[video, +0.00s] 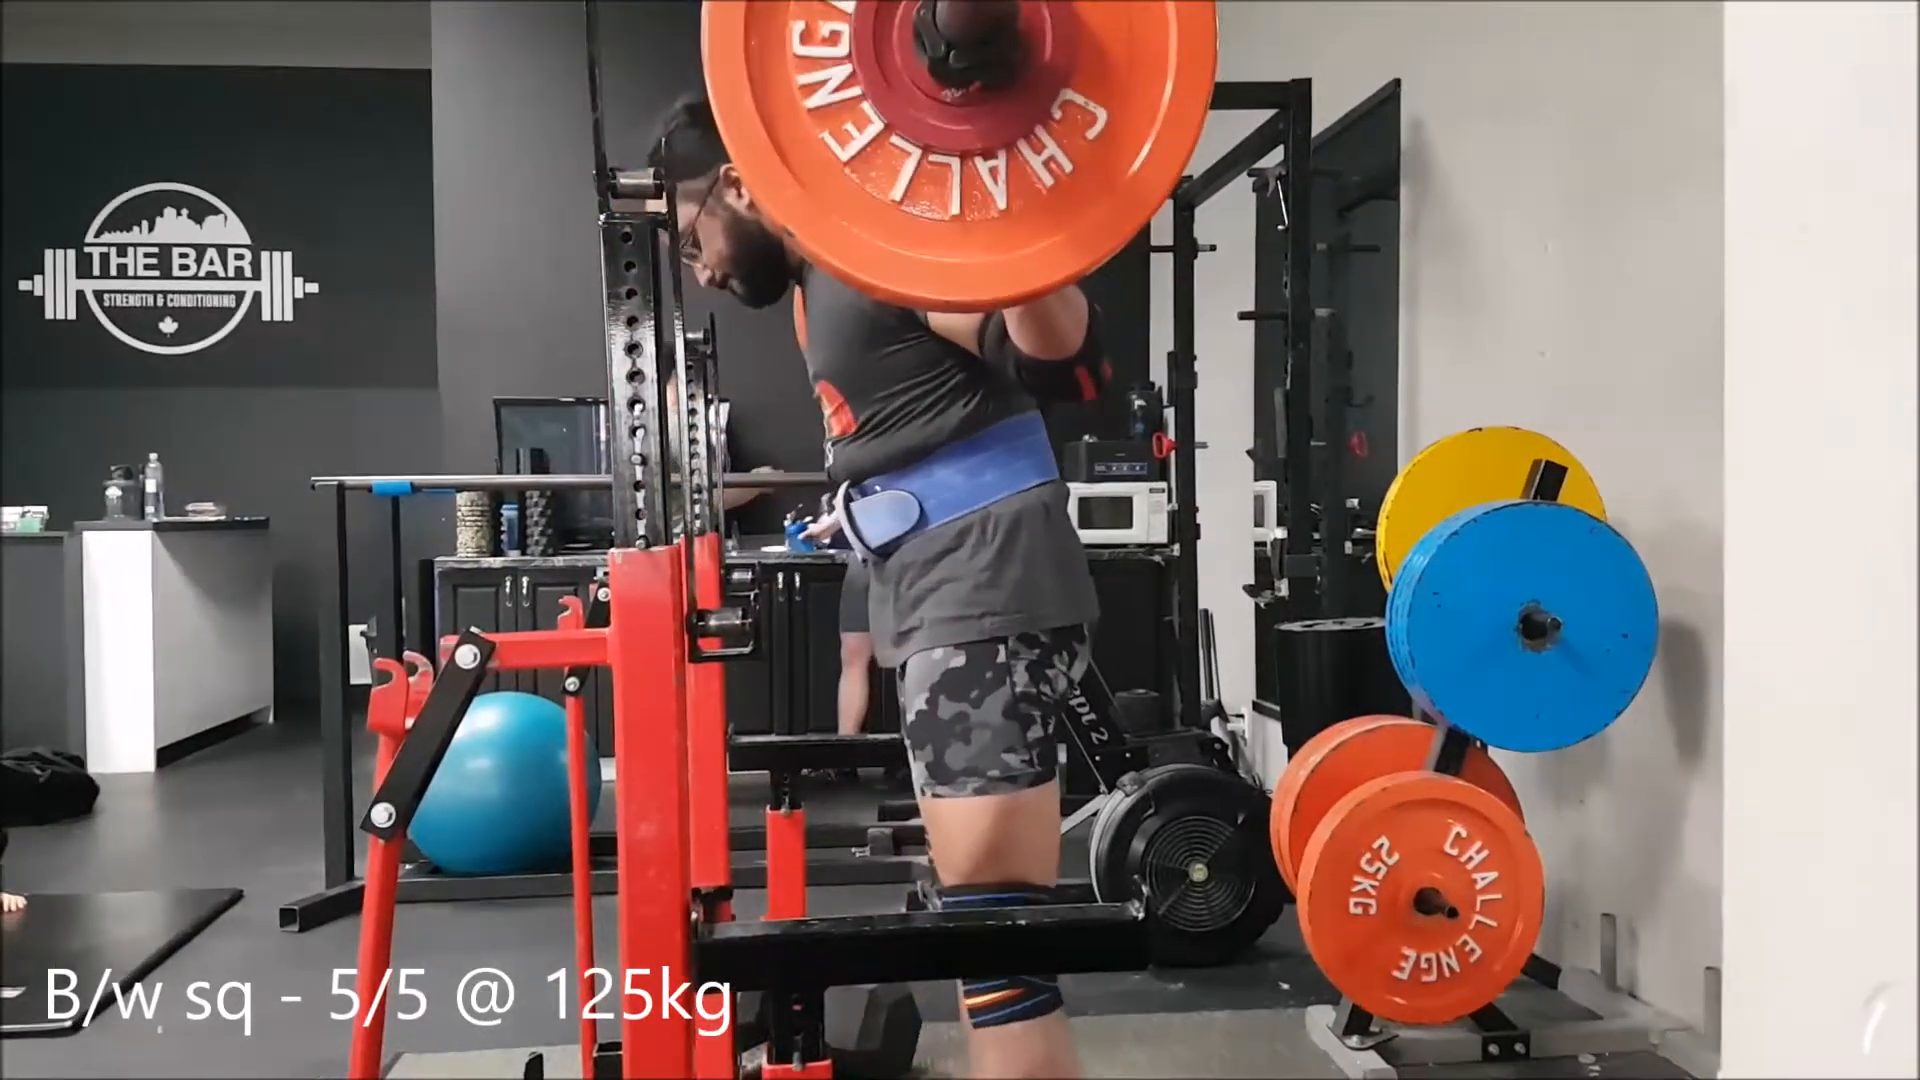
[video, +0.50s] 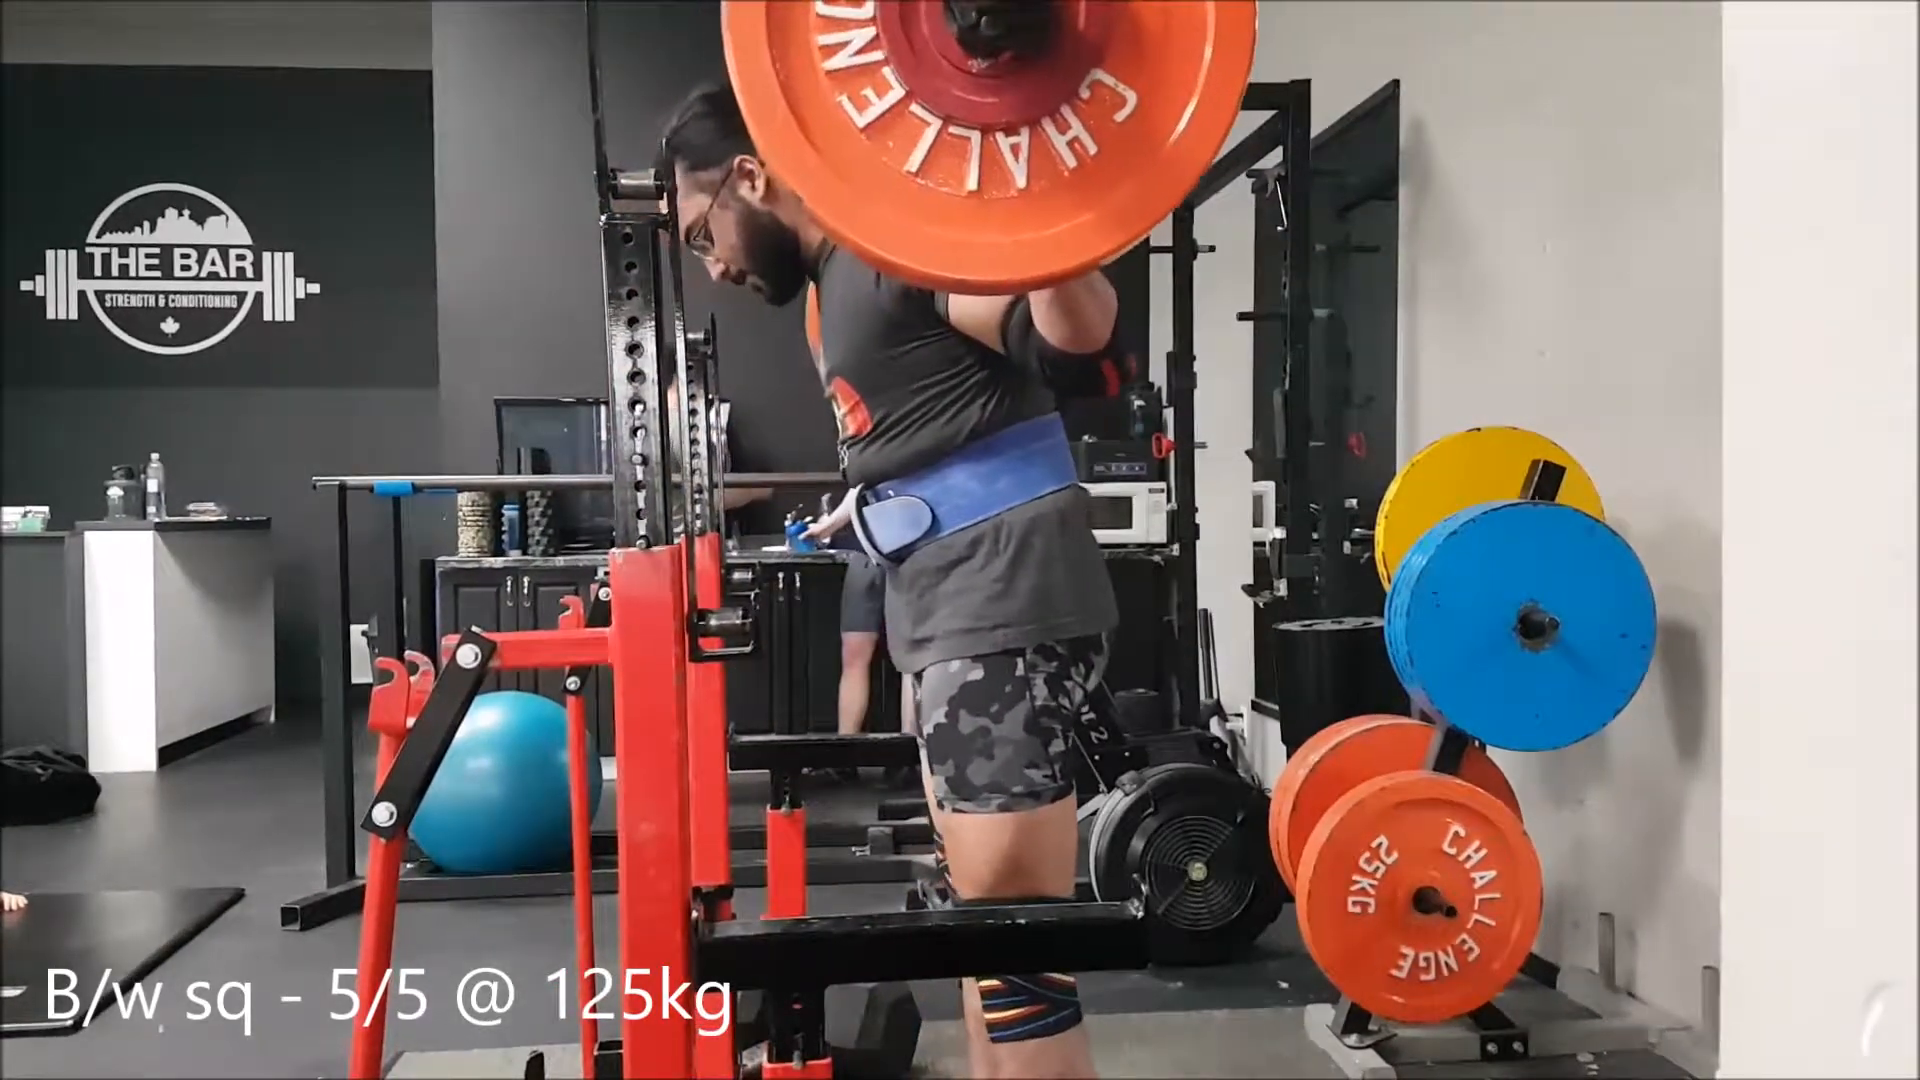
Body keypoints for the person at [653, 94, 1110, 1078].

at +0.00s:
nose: (697, 265)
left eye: (690, 228)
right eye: (682, 240)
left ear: (736, 179)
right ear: (731, 191)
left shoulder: (869, 237)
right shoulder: (818, 271)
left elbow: (1056, 332)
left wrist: (1008, 179)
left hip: (985, 568)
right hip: (932, 578)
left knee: (998, 934)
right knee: (981, 931)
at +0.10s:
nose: (700, 271)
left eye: (693, 234)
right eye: (685, 246)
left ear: (739, 182)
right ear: (735, 194)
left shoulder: (874, 242)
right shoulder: (822, 274)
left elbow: (1059, 333)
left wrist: (1013, 181)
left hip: (986, 591)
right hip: (928, 596)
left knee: (1005, 943)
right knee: (973, 936)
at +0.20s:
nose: (699, 269)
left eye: (693, 233)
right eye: (684, 243)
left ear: (740, 184)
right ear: (735, 195)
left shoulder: (877, 242)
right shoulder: (824, 278)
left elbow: (1061, 336)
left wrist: (1017, 184)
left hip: (993, 584)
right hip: (930, 593)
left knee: (1003, 941)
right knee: (972, 933)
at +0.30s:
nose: (699, 267)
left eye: (693, 230)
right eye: (684, 242)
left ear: (744, 178)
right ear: (741, 190)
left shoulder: (884, 242)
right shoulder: (826, 279)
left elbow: (1064, 336)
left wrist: (1022, 183)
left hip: (997, 580)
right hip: (936, 589)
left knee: (1002, 938)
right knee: (976, 932)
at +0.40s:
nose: (707, 268)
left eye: (700, 231)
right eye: (690, 243)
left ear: (747, 174)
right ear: (743, 185)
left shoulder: (893, 240)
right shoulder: (830, 282)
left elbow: (1073, 329)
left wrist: (1028, 180)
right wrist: (866, 497)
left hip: (1001, 585)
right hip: (938, 594)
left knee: (1011, 935)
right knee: (982, 928)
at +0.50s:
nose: (711, 267)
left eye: (704, 234)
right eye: (694, 246)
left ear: (752, 171)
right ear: (745, 181)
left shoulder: (900, 239)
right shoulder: (835, 282)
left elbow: (1081, 327)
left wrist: (1043, 179)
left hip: (1006, 604)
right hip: (943, 609)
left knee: (1017, 942)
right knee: (983, 934)